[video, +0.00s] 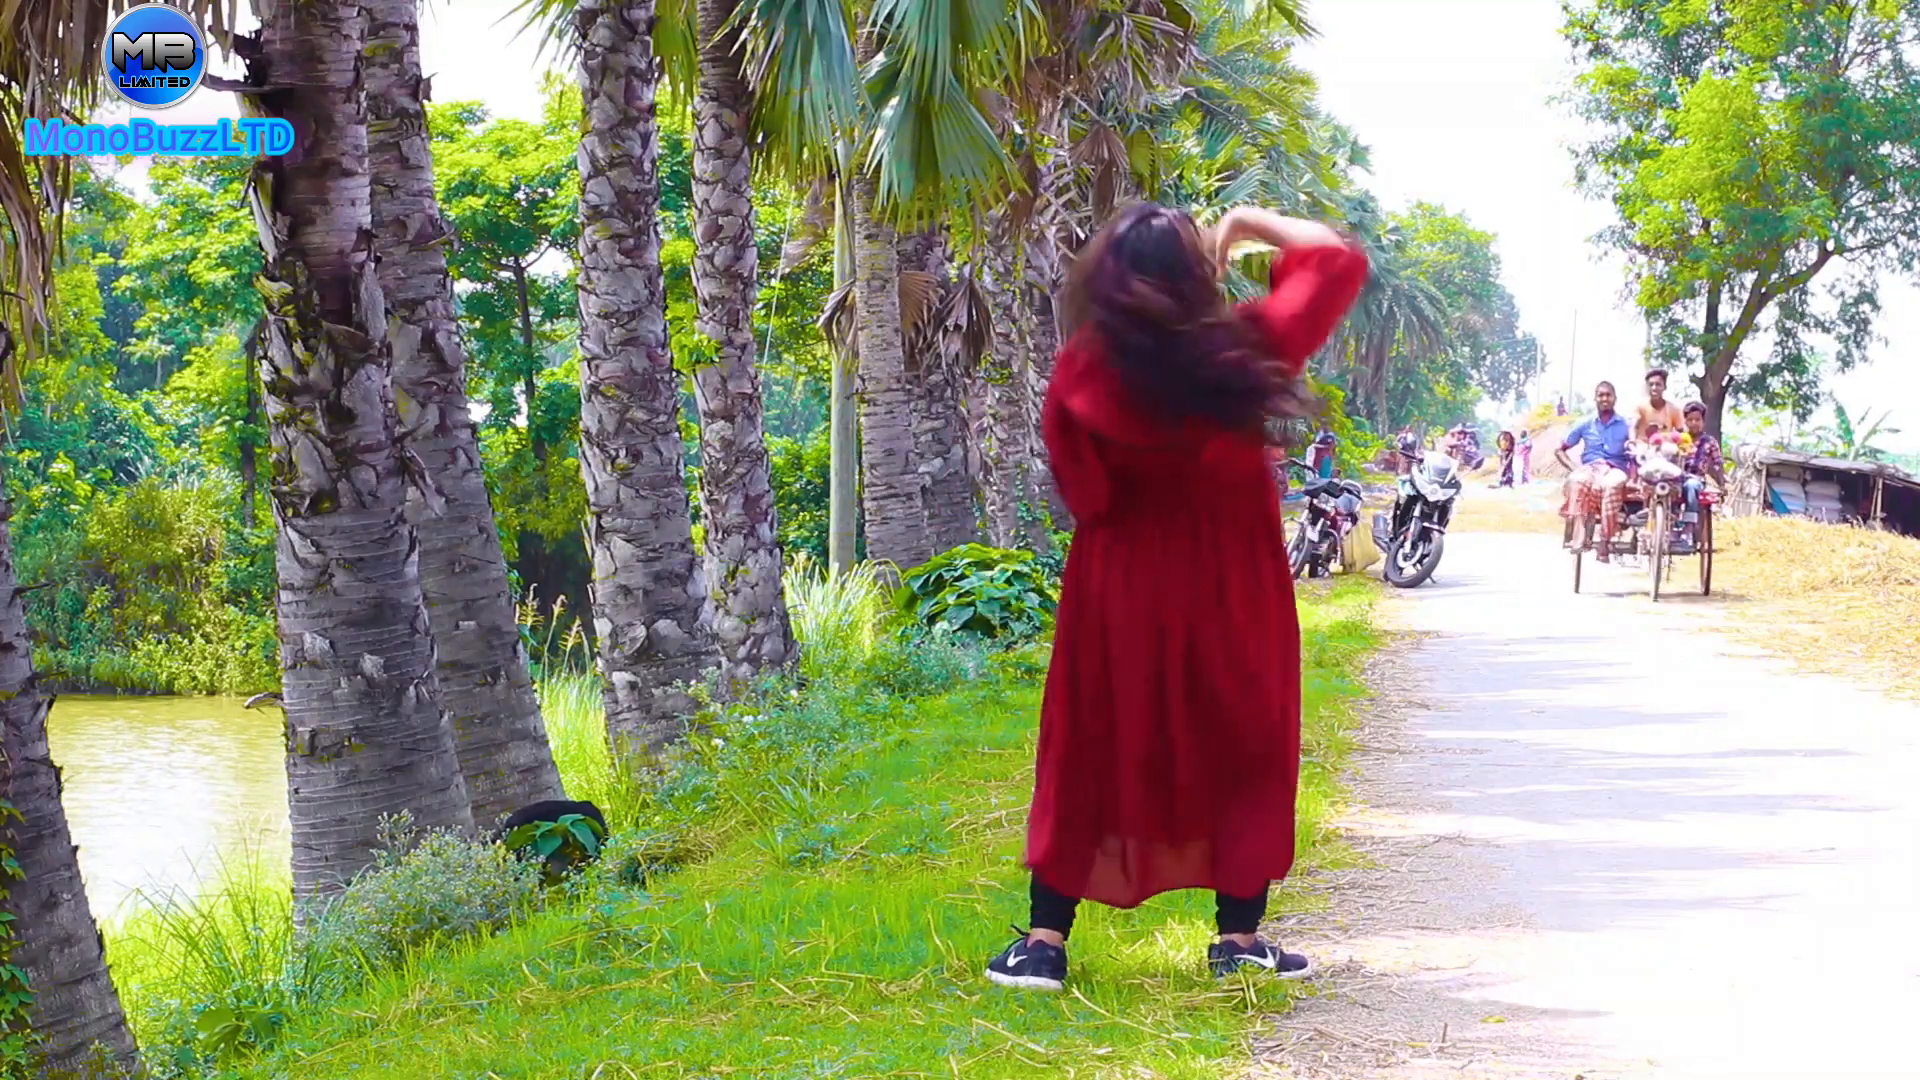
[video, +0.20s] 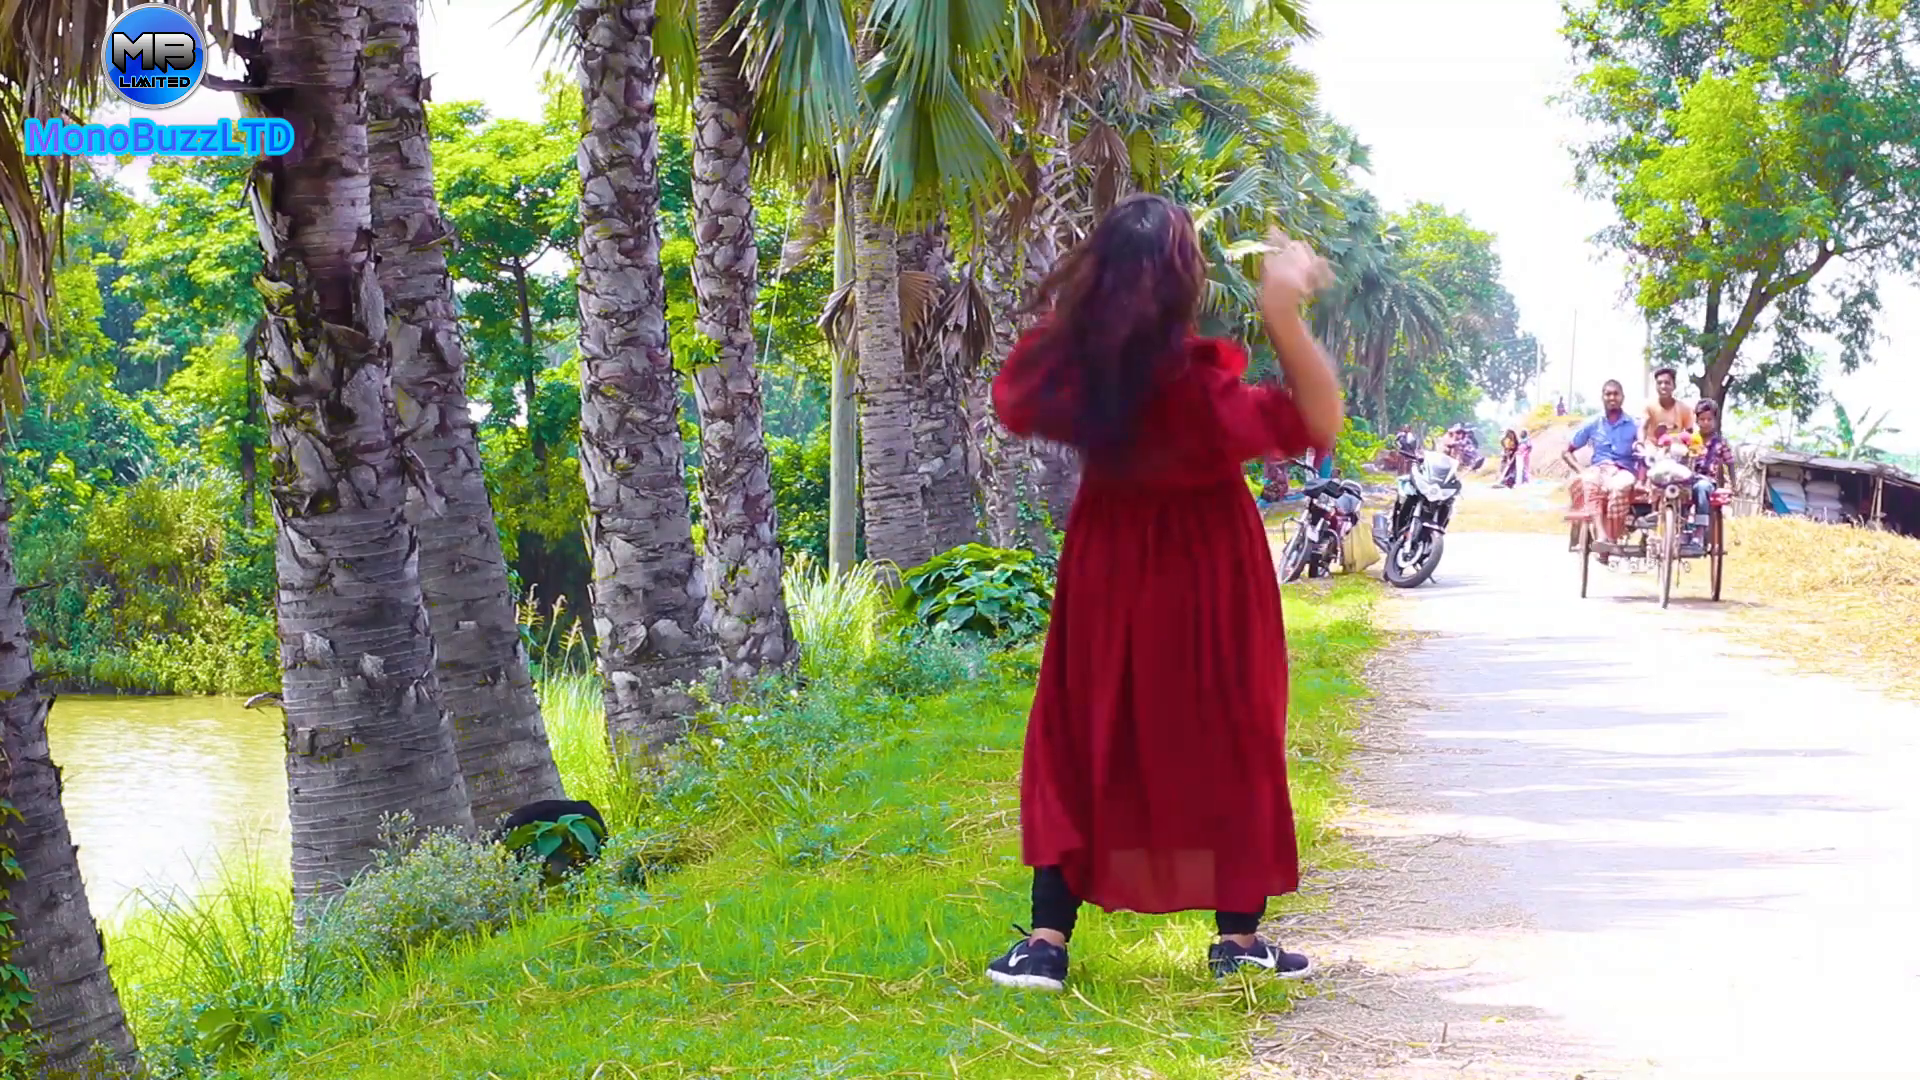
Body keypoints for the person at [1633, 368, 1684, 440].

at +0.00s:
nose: (1654, 388)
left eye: (1658, 384)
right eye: (1651, 384)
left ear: (1665, 387)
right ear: (1647, 387)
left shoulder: (1673, 410)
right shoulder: (1641, 407)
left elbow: (1682, 431)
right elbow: (1633, 426)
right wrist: (1632, 441)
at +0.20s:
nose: (1663, 386)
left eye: (1667, 383)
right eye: (1659, 383)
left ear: (1674, 386)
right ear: (1656, 386)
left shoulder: (1684, 409)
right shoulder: (1649, 407)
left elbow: (1689, 431)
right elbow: (1642, 427)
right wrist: (1641, 441)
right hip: (1653, 442)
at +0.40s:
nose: (1673, 384)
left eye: (1677, 381)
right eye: (1669, 380)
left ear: (1684, 384)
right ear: (1666, 383)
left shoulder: (1693, 407)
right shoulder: (1658, 406)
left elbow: (1701, 427)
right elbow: (1651, 427)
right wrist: (1650, 442)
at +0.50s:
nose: (1678, 384)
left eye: (1682, 381)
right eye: (1674, 380)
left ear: (1689, 383)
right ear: (1670, 383)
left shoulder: (1701, 407)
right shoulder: (1664, 406)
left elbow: (1708, 431)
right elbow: (1656, 427)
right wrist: (1655, 441)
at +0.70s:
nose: (1689, 383)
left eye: (1694, 378)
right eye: (1686, 378)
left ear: (1701, 380)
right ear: (1681, 381)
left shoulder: (1714, 404)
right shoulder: (1675, 405)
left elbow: (1720, 431)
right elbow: (1667, 427)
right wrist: (1667, 441)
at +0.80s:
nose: (1695, 381)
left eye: (1700, 377)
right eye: (1691, 377)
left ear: (1708, 380)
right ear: (1687, 380)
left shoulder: (1720, 404)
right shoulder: (1680, 403)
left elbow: (1727, 430)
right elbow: (1673, 426)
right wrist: (1673, 441)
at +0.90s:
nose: (1702, 379)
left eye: (1706, 375)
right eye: (1698, 375)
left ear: (1715, 377)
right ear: (1693, 378)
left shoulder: (1726, 402)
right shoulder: (1686, 400)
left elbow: (1735, 428)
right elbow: (1680, 424)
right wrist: (1679, 440)